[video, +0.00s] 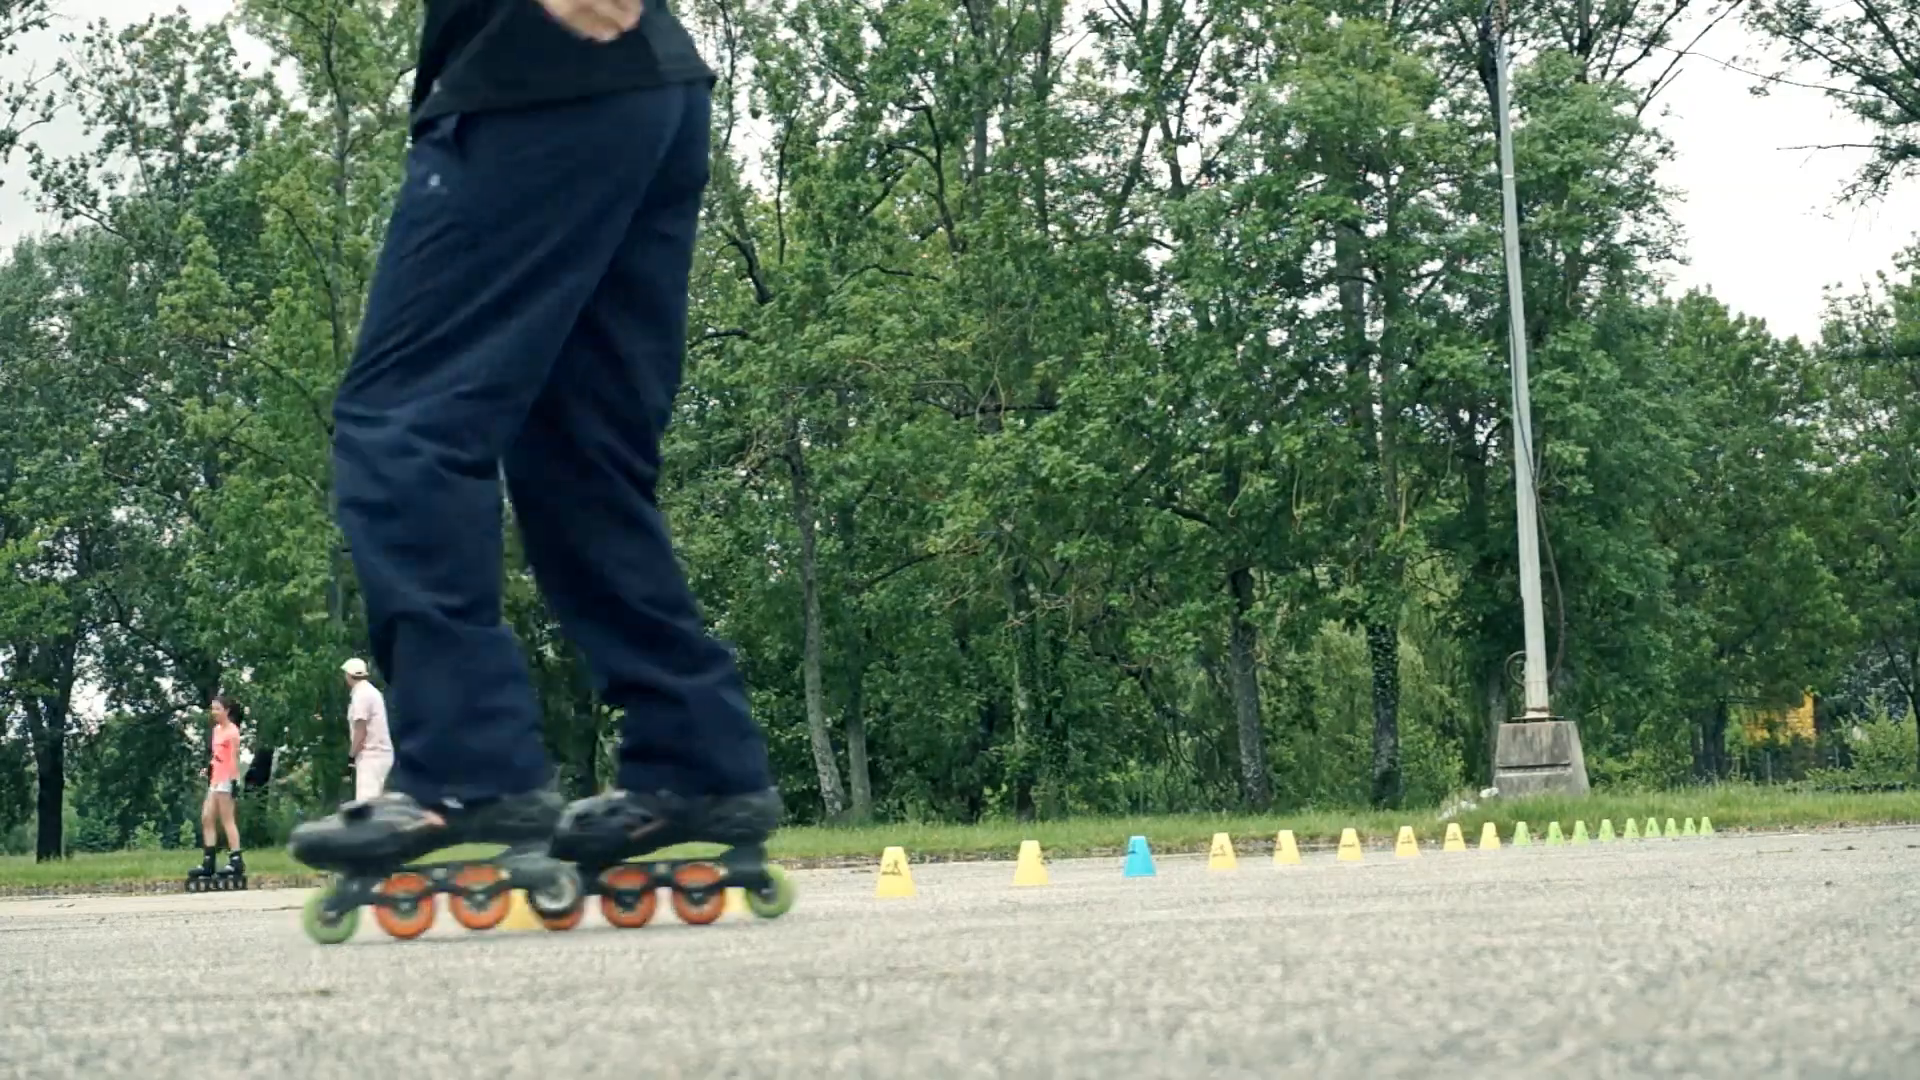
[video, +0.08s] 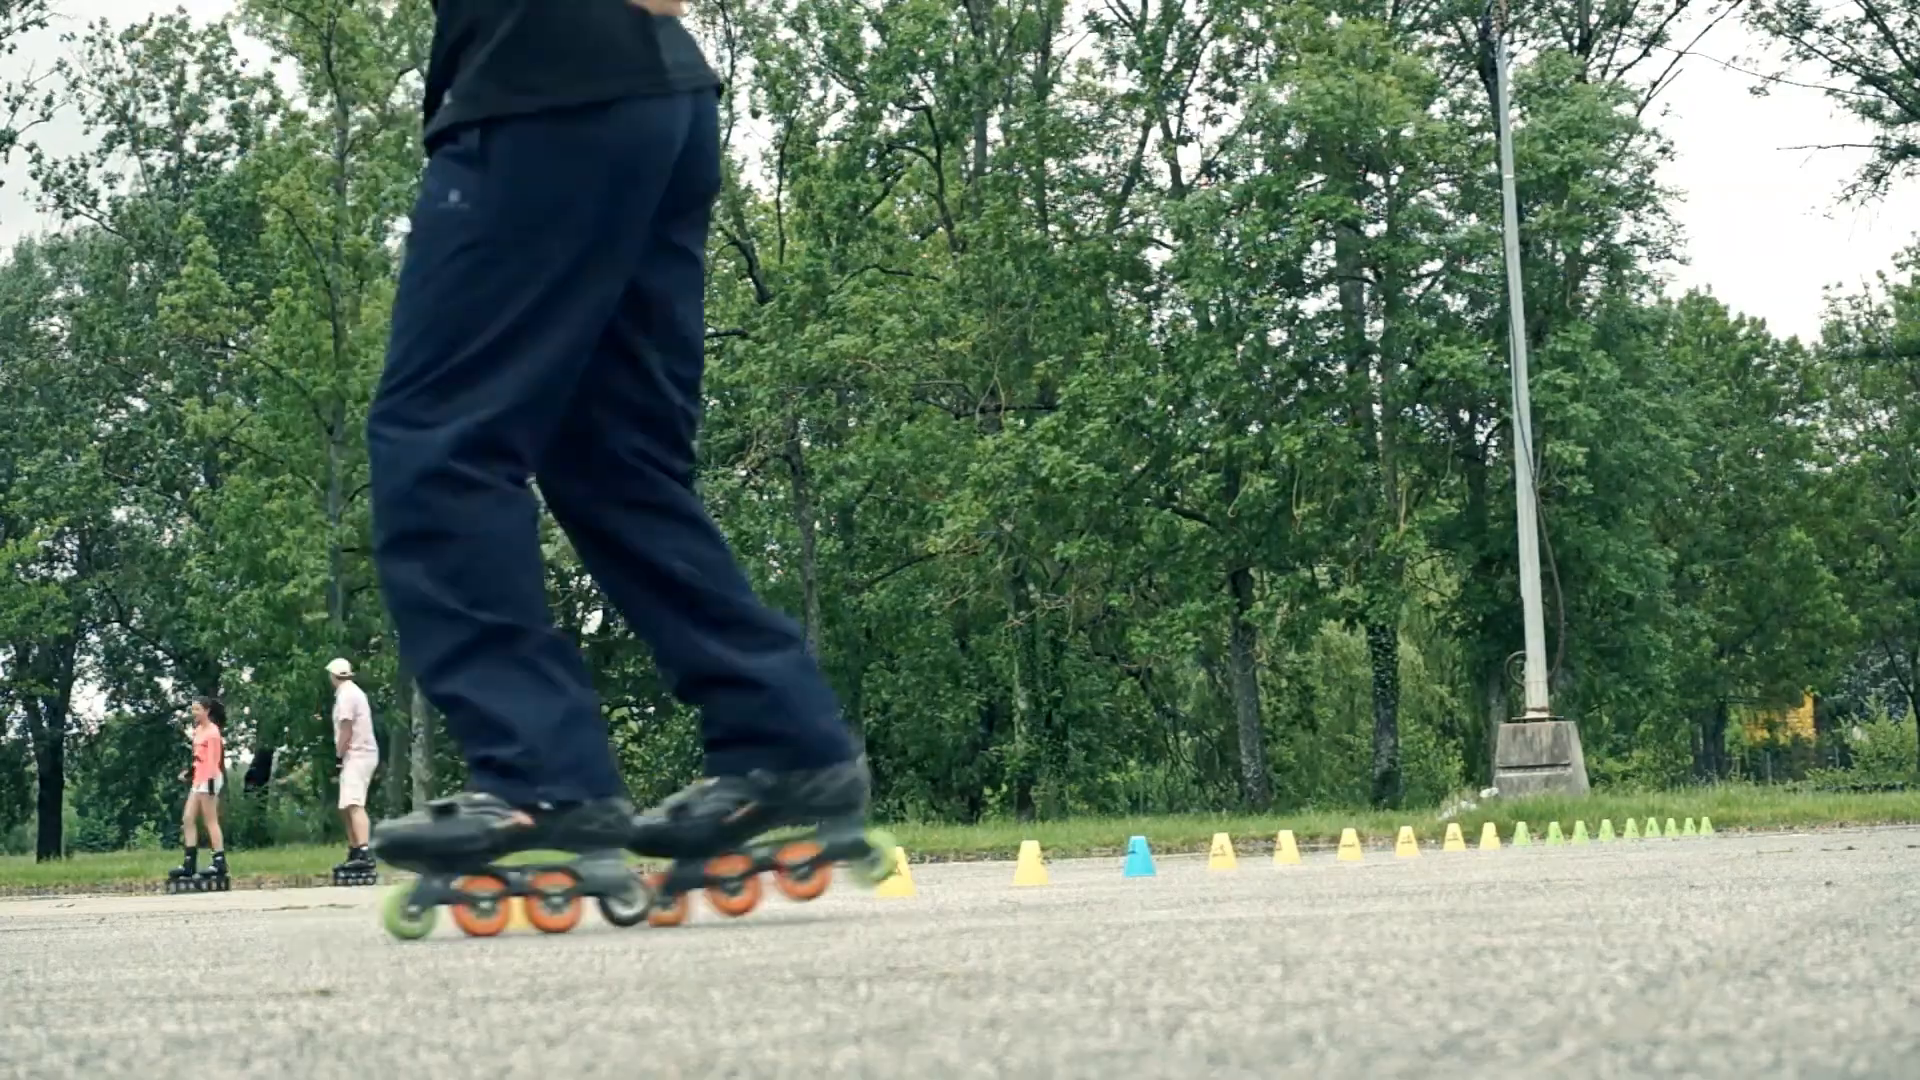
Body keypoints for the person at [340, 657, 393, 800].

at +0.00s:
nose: (345, 678)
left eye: (346, 674)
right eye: (345, 674)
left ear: (349, 676)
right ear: (363, 674)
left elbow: (360, 728)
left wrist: (352, 754)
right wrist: (355, 752)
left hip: (371, 754)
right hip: (381, 752)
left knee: (365, 801)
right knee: (371, 801)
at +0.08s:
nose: (329, 678)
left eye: (330, 675)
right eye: (331, 675)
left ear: (334, 675)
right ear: (347, 674)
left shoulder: (346, 693)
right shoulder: (352, 691)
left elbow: (346, 725)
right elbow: (349, 726)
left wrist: (340, 750)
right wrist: (342, 748)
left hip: (359, 753)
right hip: (358, 752)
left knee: (354, 803)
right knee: (347, 804)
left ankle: (363, 850)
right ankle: (355, 849)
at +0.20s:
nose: (305, 680)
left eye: (306, 676)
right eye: (306, 676)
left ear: (310, 677)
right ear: (322, 675)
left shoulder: (324, 694)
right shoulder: (324, 692)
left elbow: (324, 726)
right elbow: (323, 727)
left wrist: (319, 755)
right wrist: (318, 754)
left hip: (338, 753)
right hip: (332, 753)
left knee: (332, 803)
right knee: (323, 804)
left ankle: (342, 852)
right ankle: (331, 850)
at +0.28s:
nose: (288, 681)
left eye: (289, 677)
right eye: (289, 677)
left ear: (294, 677)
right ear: (306, 675)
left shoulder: (308, 694)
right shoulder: (309, 693)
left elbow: (310, 726)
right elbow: (308, 728)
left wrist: (305, 757)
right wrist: (303, 755)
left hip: (322, 754)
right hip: (316, 755)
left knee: (317, 805)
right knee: (307, 807)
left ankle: (327, 853)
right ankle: (315, 852)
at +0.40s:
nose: (263, 683)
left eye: (265, 679)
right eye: (263, 679)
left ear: (274, 677)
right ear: (275, 678)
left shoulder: (287, 694)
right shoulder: (283, 696)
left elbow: (290, 729)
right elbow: (285, 730)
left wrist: (286, 758)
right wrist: (278, 756)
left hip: (299, 755)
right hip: (289, 755)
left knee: (295, 805)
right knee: (284, 807)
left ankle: (304, 852)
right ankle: (294, 851)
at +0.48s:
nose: (249, 684)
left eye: (251, 679)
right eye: (248, 680)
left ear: (261, 677)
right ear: (257, 679)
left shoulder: (272, 695)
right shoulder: (267, 697)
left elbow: (276, 729)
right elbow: (268, 732)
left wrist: (272, 760)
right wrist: (260, 761)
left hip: (284, 756)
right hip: (273, 756)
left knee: (280, 805)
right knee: (269, 808)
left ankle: (290, 853)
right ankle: (279, 853)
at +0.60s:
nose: (227, 686)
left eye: (228, 681)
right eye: (226, 682)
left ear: (238, 677)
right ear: (236, 679)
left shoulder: (251, 695)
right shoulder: (247, 697)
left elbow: (254, 728)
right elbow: (251, 731)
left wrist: (249, 760)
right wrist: (247, 759)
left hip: (263, 756)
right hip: (253, 756)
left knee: (258, 806)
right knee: (247, 809)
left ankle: (268, 854)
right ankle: (256, 855)